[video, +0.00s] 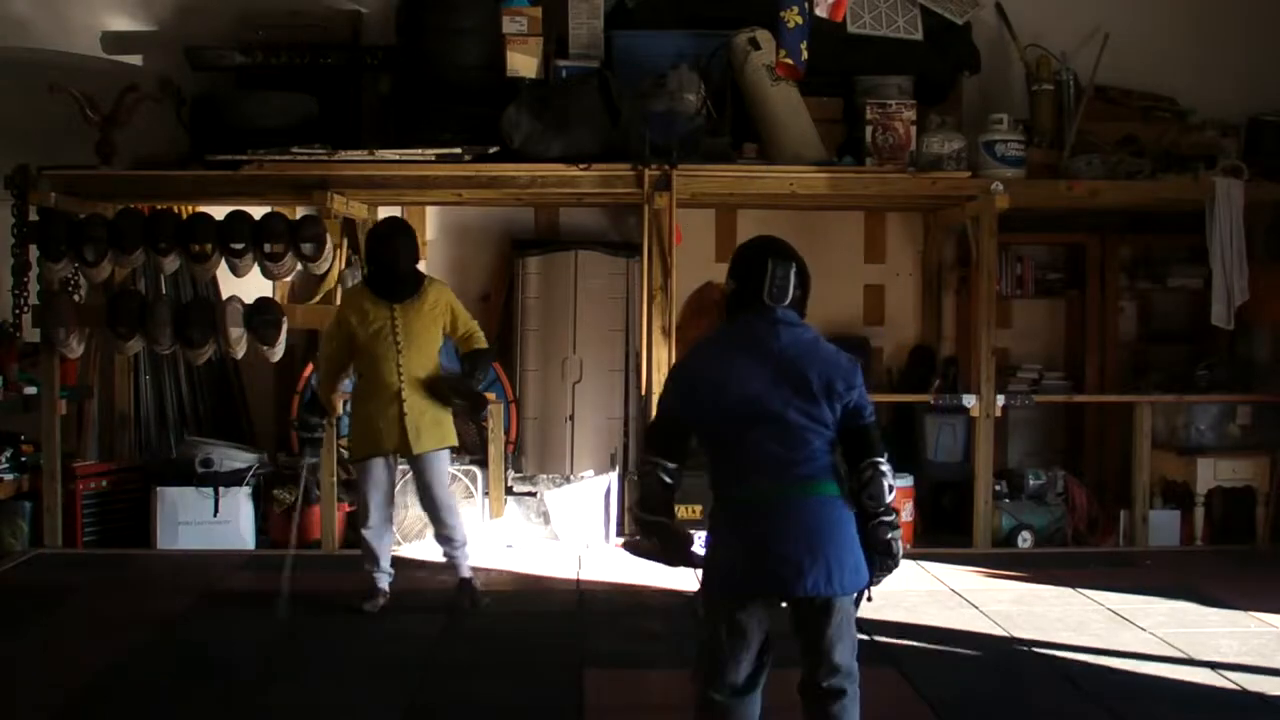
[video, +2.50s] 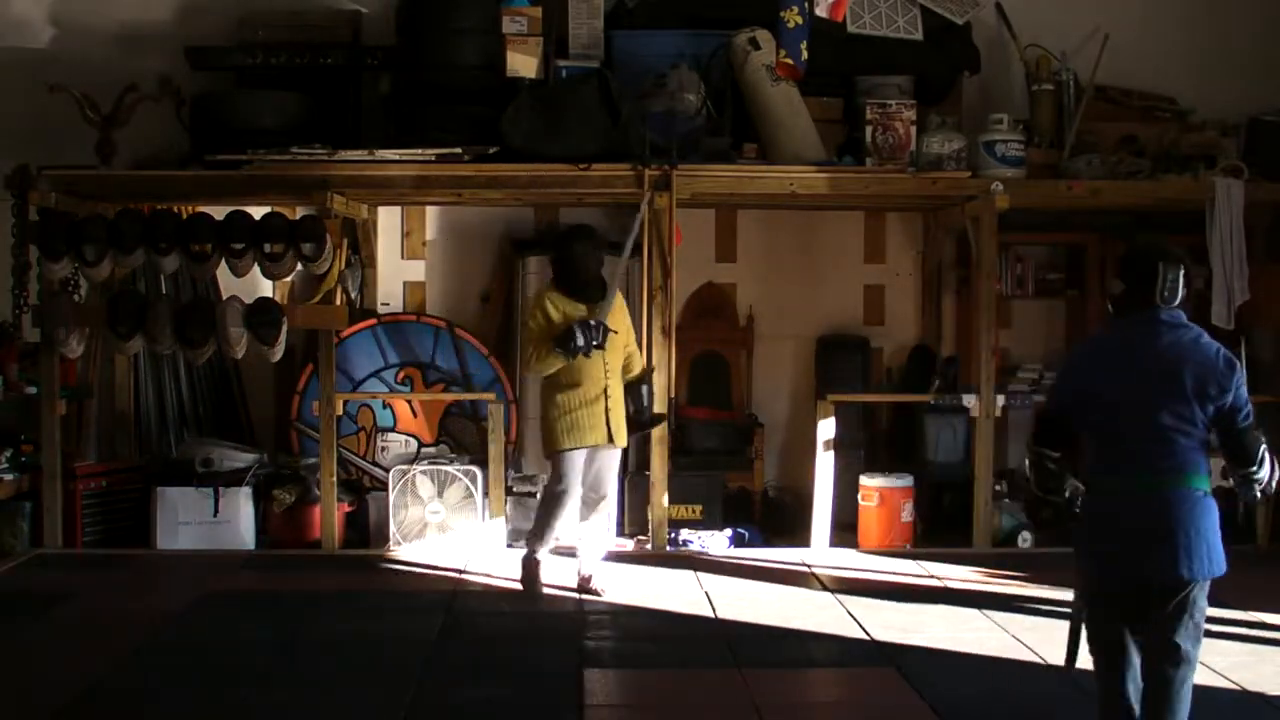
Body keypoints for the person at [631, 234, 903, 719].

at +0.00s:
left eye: (741, 284)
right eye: (792, 286)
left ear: (734, 289)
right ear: (799, 293)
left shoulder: (699, 364)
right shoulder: (834, 364)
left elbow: (660, 457)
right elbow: (869, 462)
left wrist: (658, 526)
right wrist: (882, 532)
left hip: (741, 545)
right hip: (826, 544)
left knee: (731, 689)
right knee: (835, 686)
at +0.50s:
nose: (765, 298)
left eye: (770, 289)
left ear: (772, 296)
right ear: (841, 296)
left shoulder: (749, 368)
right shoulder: (883, 370)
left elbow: (708, 458)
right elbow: (916, 482)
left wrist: (701, 523)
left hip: (791, 550)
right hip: (878, 546)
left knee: (752, 696)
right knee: (926, 694)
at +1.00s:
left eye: (926, 281)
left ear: (928, 287)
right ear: (993, 290)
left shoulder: (897, 359)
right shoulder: (1035, 367)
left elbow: (850, 451)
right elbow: (1058, 479)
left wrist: (812, 503)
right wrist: (1049, 542)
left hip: (914, 551)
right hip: (1001, 552)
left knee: (918, 690)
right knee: (995, 693)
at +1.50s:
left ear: (961, 288)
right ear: (1025, 286)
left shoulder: (933, 359)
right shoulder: (1066, 356)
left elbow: (901, 460)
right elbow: (1105, 457)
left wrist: (902, 528)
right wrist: (1123, 519)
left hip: (963, 539)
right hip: (1041, 538)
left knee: (974, 675)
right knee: (1053, 663)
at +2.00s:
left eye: (1044, 288)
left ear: (1044, 292)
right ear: (1104, 291)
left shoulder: (1018, 358)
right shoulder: (1145, 359)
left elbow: (980, 453)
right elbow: (1175, 464)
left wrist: (989, 516)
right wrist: (1190, 523)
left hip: (1041, 530)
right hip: (1124, 535)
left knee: (1022, 670)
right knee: (1145, 678)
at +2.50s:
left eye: (1127, 284)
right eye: (1175, 284)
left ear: (1123, 288)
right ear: (1179, 289)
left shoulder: (1093, 352)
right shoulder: (1211, 357)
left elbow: (1050, 440)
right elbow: (1244, 449)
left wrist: (1062, 489)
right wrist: (1258, 470)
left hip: (1106, 520)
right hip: (1182, 523)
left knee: (1112, 655)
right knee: (1175, 660)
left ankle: (1122, 717)